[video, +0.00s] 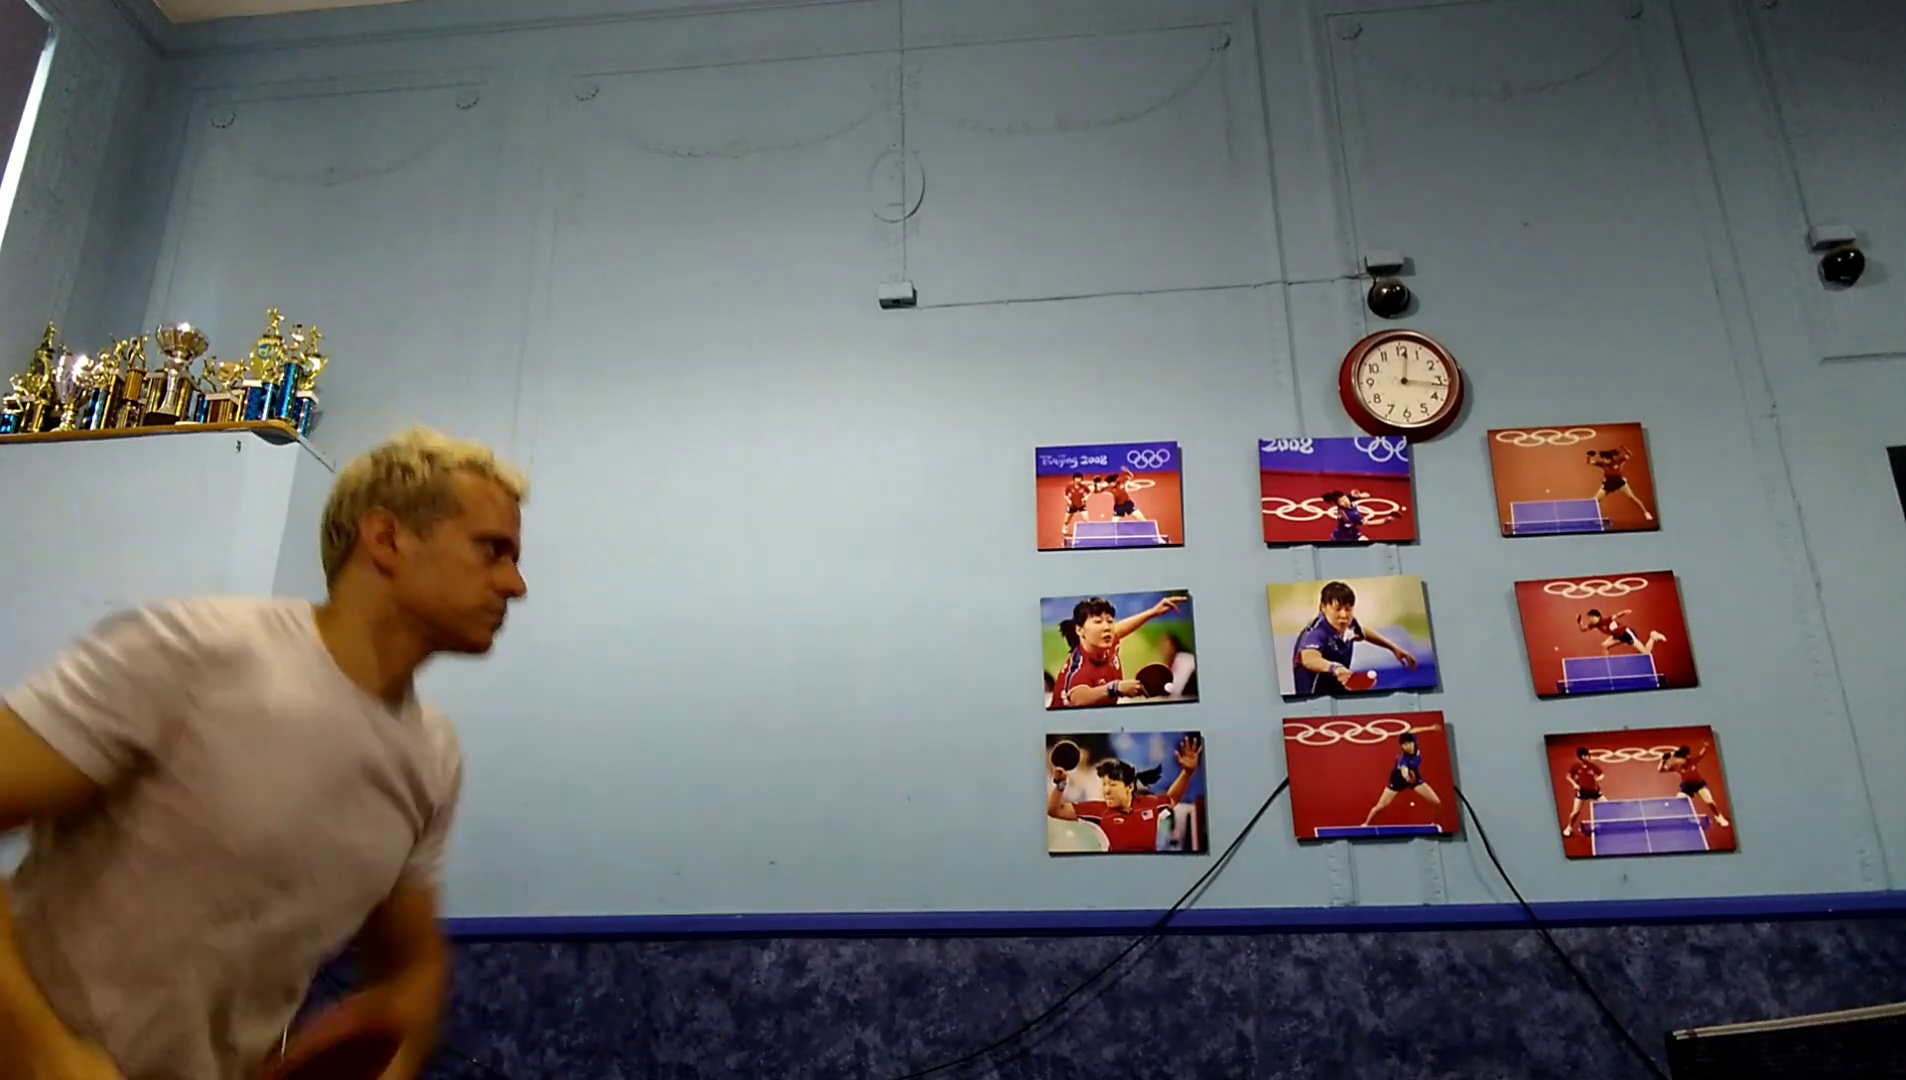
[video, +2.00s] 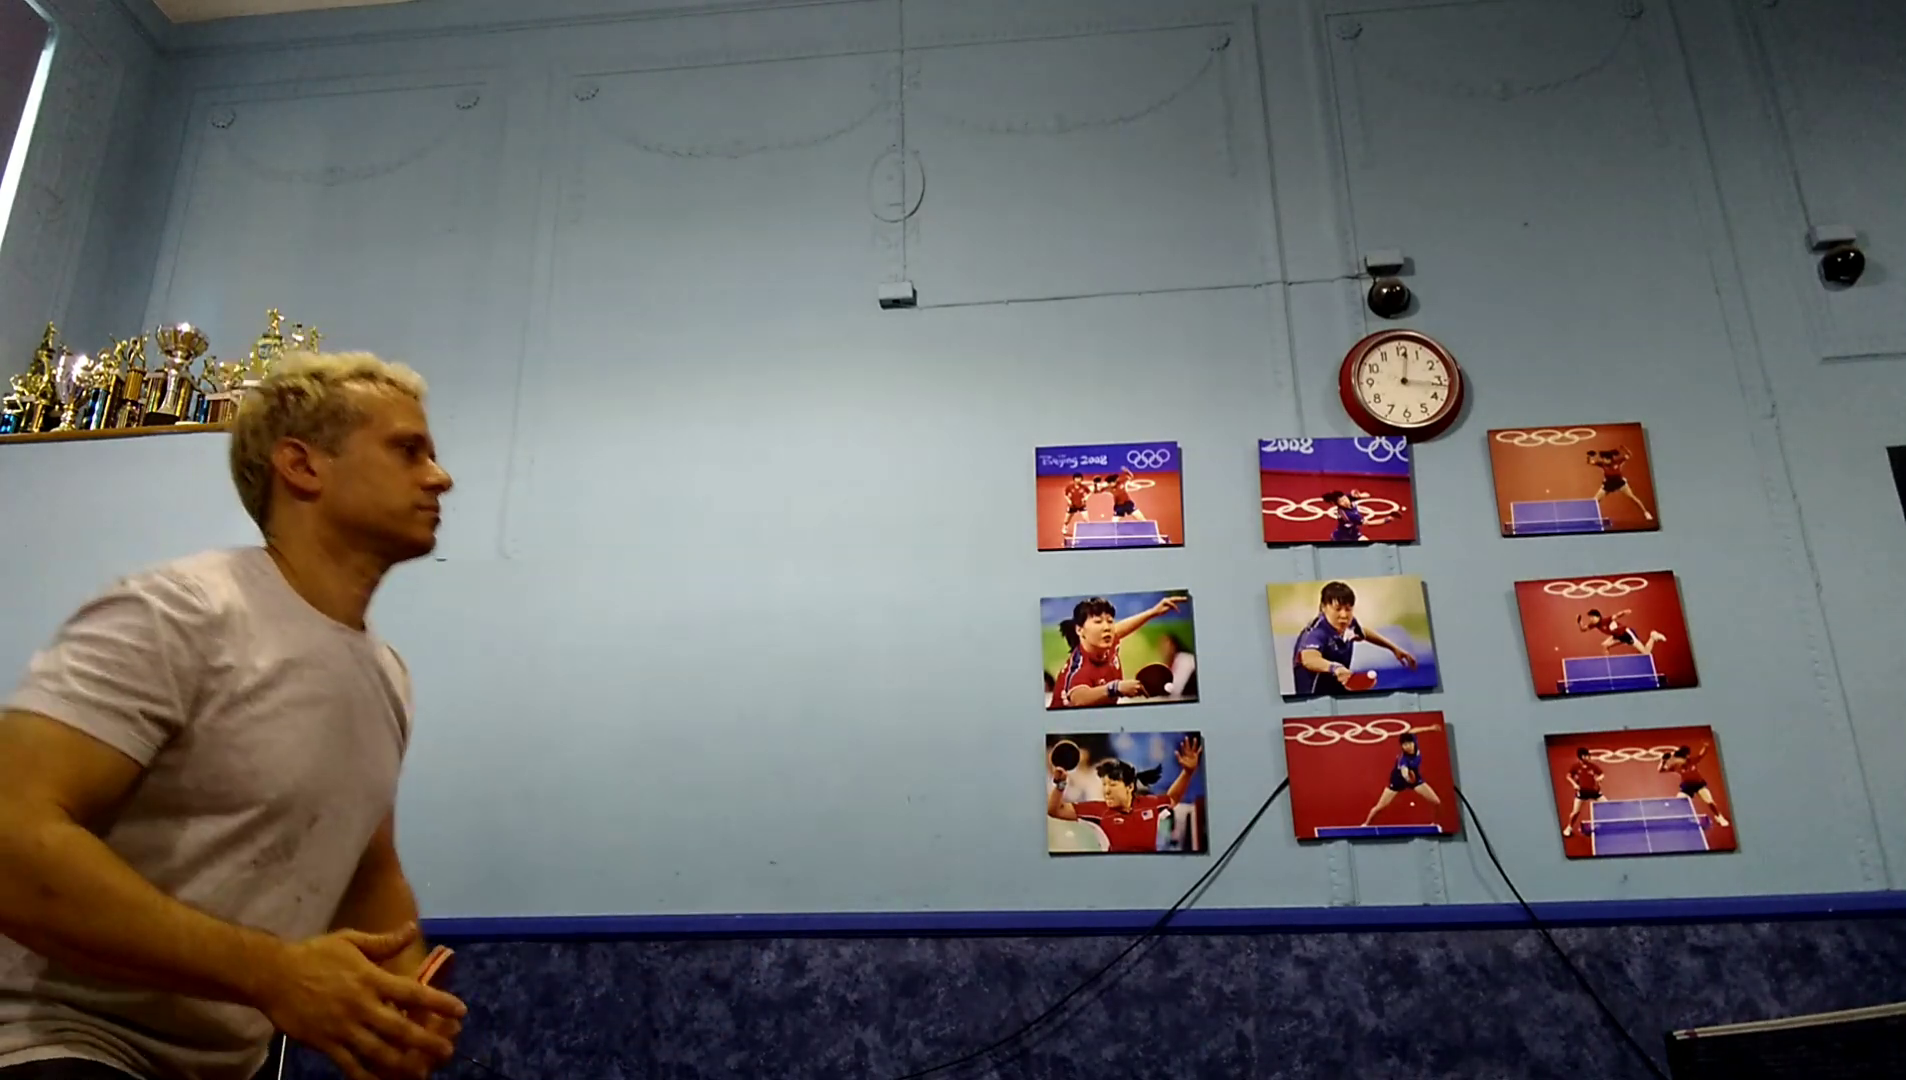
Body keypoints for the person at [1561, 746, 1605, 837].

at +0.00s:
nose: (1588, 758)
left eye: (1588, 755)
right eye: (1586, 756)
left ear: (1588, 756)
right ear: (1581, 757)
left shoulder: (1592, 766)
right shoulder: (1576, 766)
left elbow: (1602, 774)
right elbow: (1568, 776)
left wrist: (1598, 779)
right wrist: (1574, 784)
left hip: (1594, 791)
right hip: (1582, 791)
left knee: (1607, 806)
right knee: (1576, 812)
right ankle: (1569, 827)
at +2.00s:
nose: (1588, 758)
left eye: (1588, 755)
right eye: (1586, 756)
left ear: (1588, 756)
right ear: (1581, 757)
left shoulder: (1592, 766)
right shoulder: (1576, 767)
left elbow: (1602, 774)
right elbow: (1568, 776)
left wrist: (1598, 779)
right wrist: (1574, 784)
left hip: (1594, 791)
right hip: (1582, 791)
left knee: (1607, 806)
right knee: (1576, 812)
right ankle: (1569, 827)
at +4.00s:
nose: (1587, 758)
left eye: (1588, 755)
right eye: (1585, 755)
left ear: (1589, 756)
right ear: (1581, 757)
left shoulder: (1592, 766)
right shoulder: (1576, 766)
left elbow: (1602, 774)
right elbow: (1568, 776)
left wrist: (1598, 779)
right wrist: (1574, 785)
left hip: (1594, 791)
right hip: (1582, 791)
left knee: (1606, 806)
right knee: (1576, 811)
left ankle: (1606, 826)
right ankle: (1569, 827)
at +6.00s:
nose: (1587, 757)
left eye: (1588, 755)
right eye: (1585, 755)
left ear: (1589, 756)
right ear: (1581, 757)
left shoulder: (1592, 766)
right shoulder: (1576, 767)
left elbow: (1602, 774)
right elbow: (1568, 776)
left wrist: (1598, 779)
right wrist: (1574, 785)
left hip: (1594, 791)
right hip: (1582, 791)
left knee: (1606, 805)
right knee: (1576, 812)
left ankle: (1606, 826)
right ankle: (1569, 827)